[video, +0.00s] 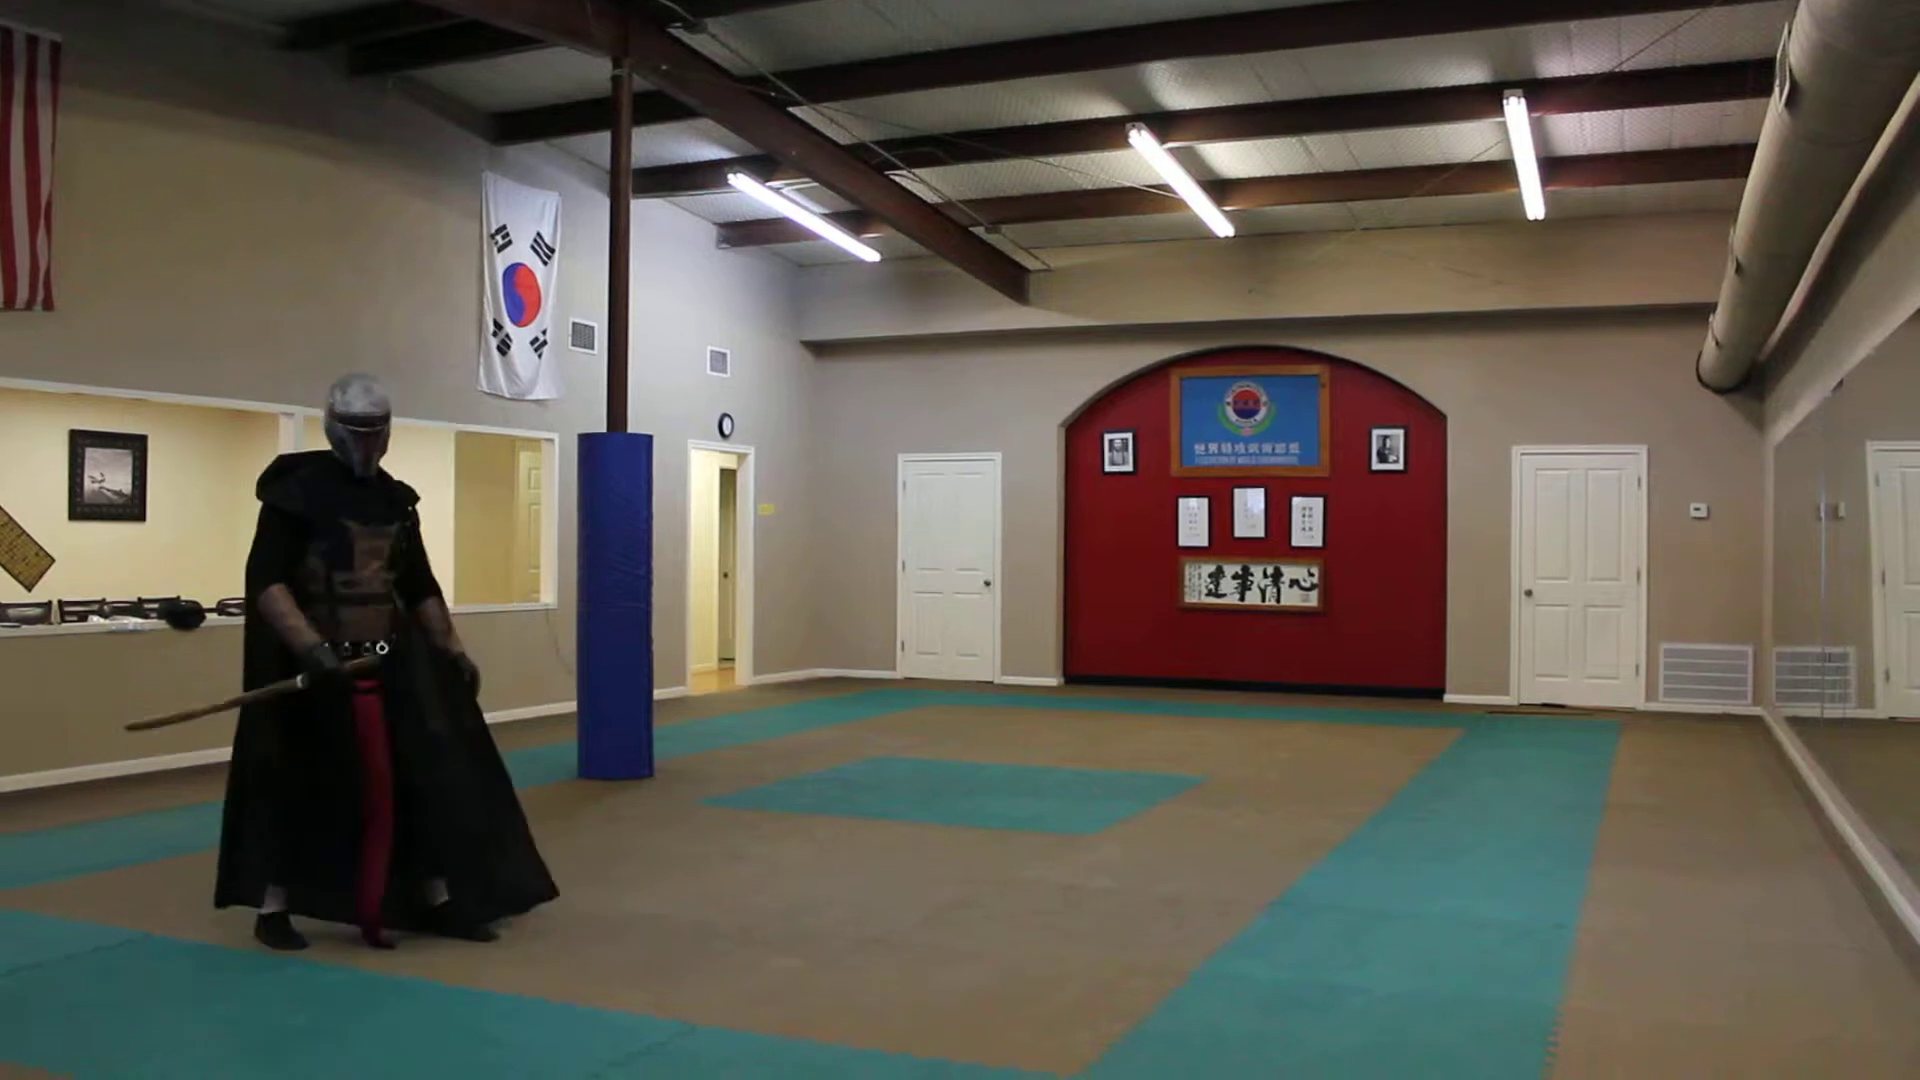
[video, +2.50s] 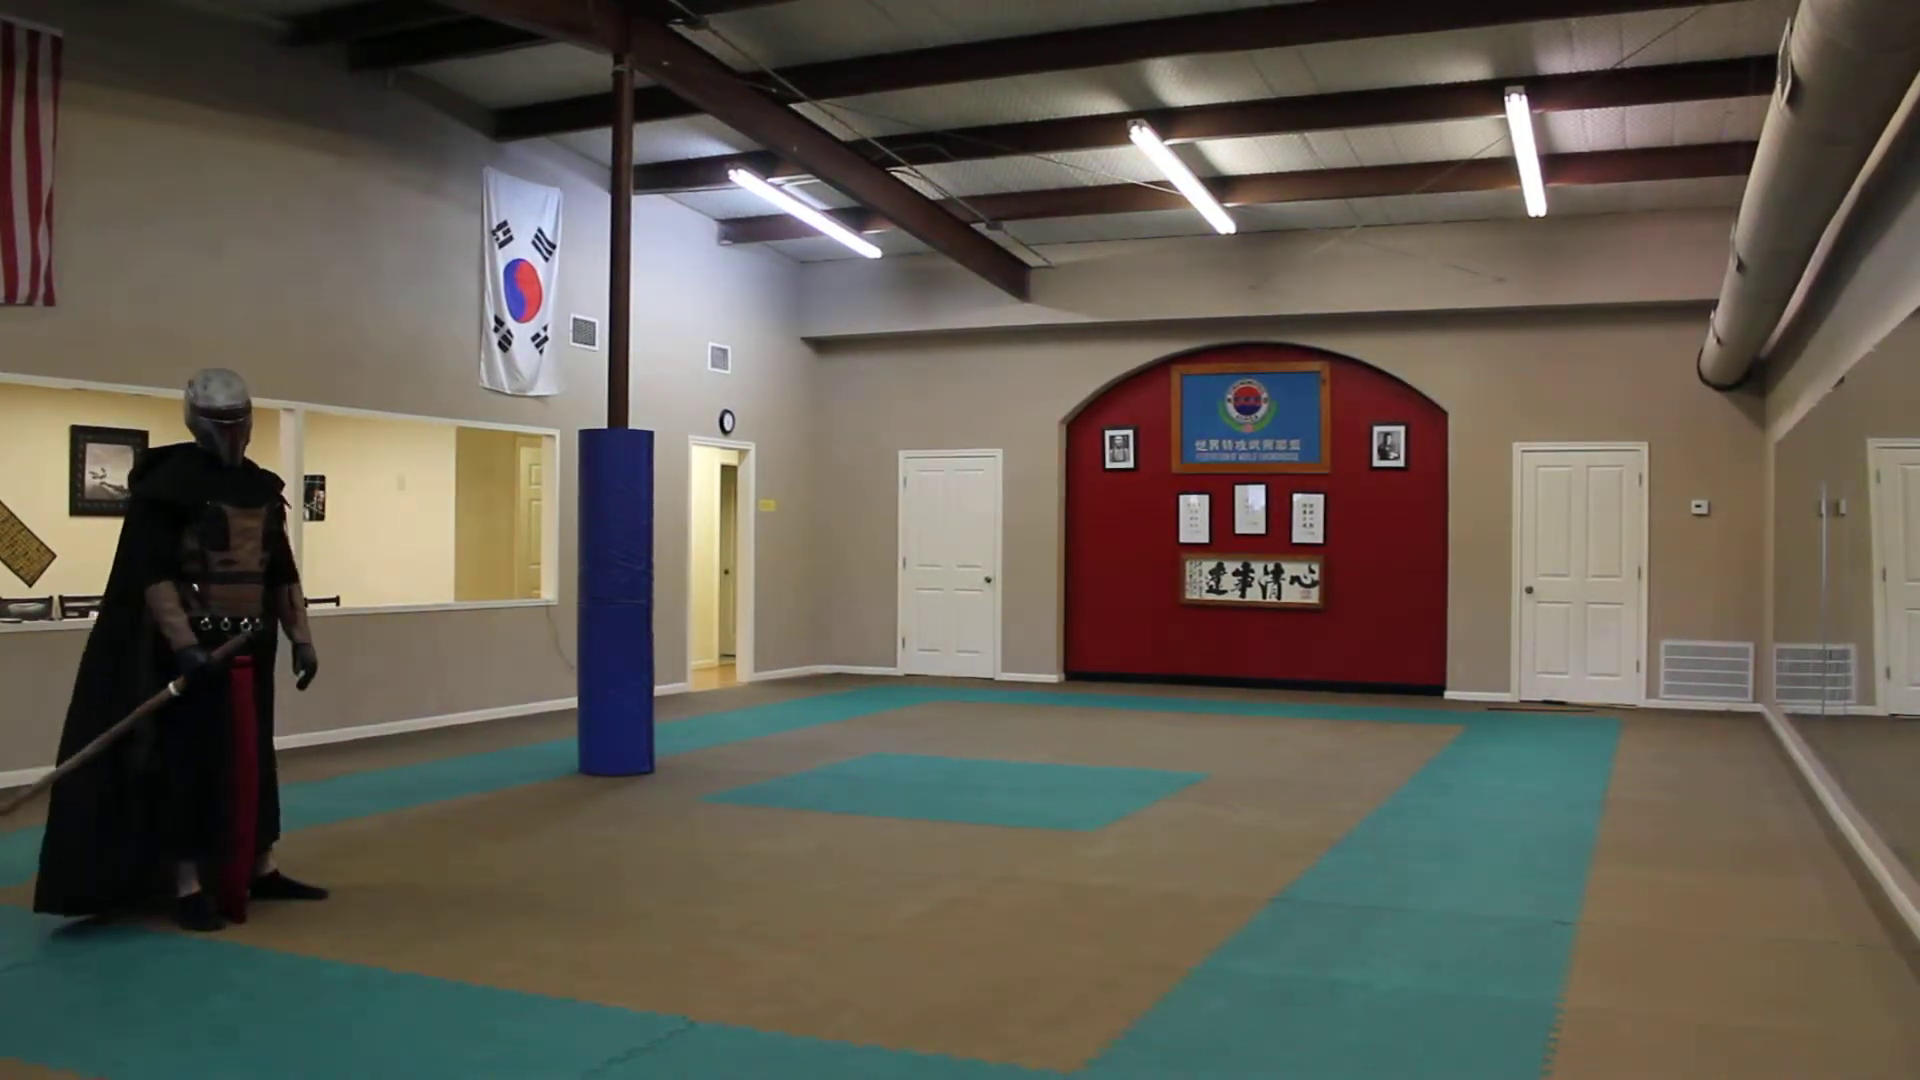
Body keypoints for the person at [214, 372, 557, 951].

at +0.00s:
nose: (366, 441)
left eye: (377, 429)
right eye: (354, 428)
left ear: (390, 430)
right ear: (330, 427)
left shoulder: (395, 500)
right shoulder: (297, 486)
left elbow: (419, 585)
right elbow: (264, 578)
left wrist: (453, 649)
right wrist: (310, 647)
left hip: (390, 665)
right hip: (311, 665)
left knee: (423, 775)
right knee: (293, 782)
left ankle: (434, 898)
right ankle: (273, 908)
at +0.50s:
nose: (301, 428)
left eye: (309, 416)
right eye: (287, 418)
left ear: (322, 415)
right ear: (264, 420)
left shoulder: (345, 485)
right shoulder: (238, 478)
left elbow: (370, 567)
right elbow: (199, 563)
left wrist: (383, 639)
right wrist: (202, 640)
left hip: (329, 651)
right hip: (254, 651)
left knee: (318, 766)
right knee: (262, 767)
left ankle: (295, 873)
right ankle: (266, 890)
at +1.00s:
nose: (291, 434)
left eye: (299, 423)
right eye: (278, 423)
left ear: (311, 423)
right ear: (255, 423)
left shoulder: (318, 492)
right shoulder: (224, 478)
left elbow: (334, 578)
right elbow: (192, 565)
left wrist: (346, 644)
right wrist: (214, 634)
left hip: (299, 652)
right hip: (231, 650)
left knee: (289, 759)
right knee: (216, 759)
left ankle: (276, 867)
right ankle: (198, 882)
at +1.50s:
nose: (249, 429)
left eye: (258, 418)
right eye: (237, 419)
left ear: (270, 419)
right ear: (214, 420)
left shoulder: (281, 490)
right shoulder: (187, 477)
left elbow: (297, 569)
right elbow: (166, 564)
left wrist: (319, 633)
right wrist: (213, 628)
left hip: (266, 644)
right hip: (194, 643)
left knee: (267, 752)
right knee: (195, 755)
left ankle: (263, 870)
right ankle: (190, 883)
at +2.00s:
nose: (227, 432)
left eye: (235, 420)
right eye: (215, 421)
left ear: (248, 420)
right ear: (190, 421)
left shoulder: (258, 489)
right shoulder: (161, 477)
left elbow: (274, 575)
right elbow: (141, 570)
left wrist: (285, 645)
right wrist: (159, 649)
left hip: (243, 651)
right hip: (179, 651)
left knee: (254, 758)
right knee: (180, 764)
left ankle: (262, 872)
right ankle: (187, 886)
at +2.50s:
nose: (228, 431)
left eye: (236, 419)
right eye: (215, 420)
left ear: (250, 420)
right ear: (192, 421)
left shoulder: (261, 489)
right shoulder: (166, 478)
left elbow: (280, 571)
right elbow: (150, 571)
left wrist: (301, 637)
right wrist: (186, 644)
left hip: (247, 651)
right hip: (182, 650)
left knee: (251, 761)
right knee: (187, 766)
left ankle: (256, 871)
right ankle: (188, 886)